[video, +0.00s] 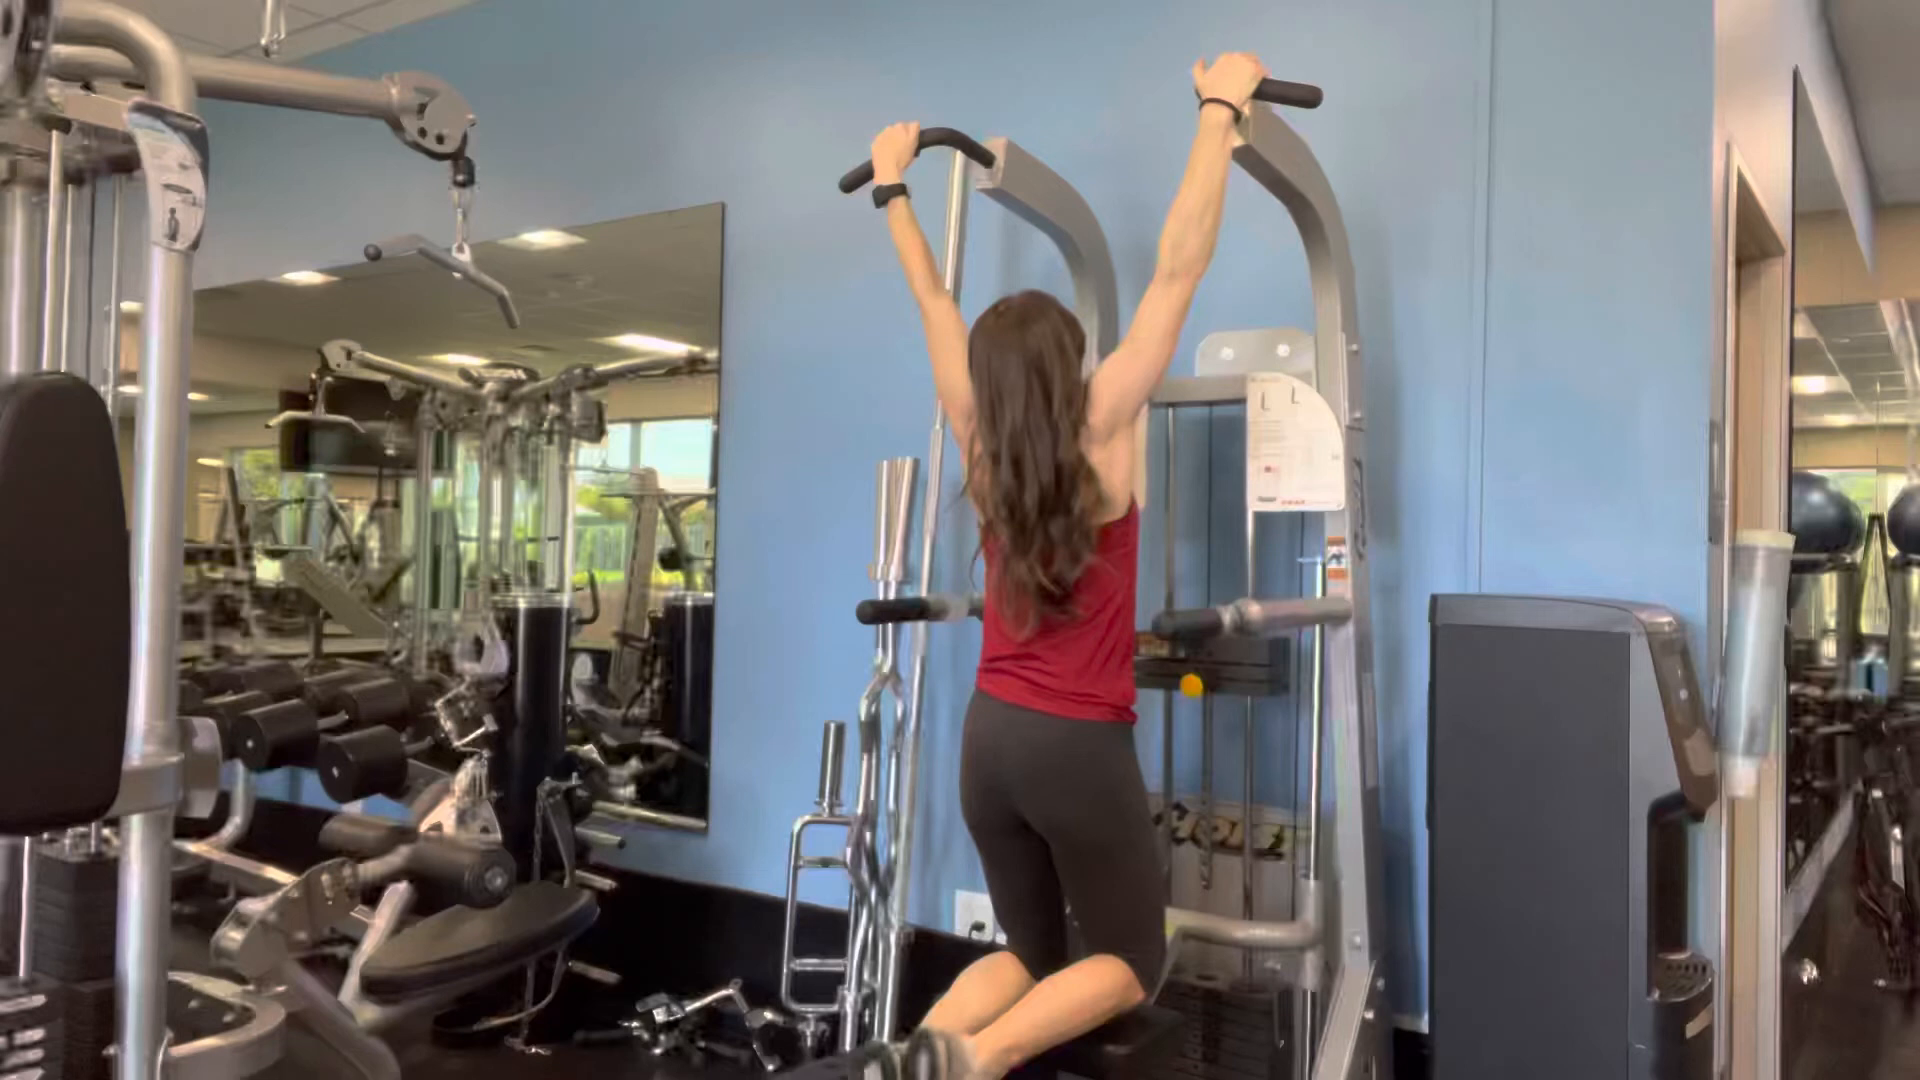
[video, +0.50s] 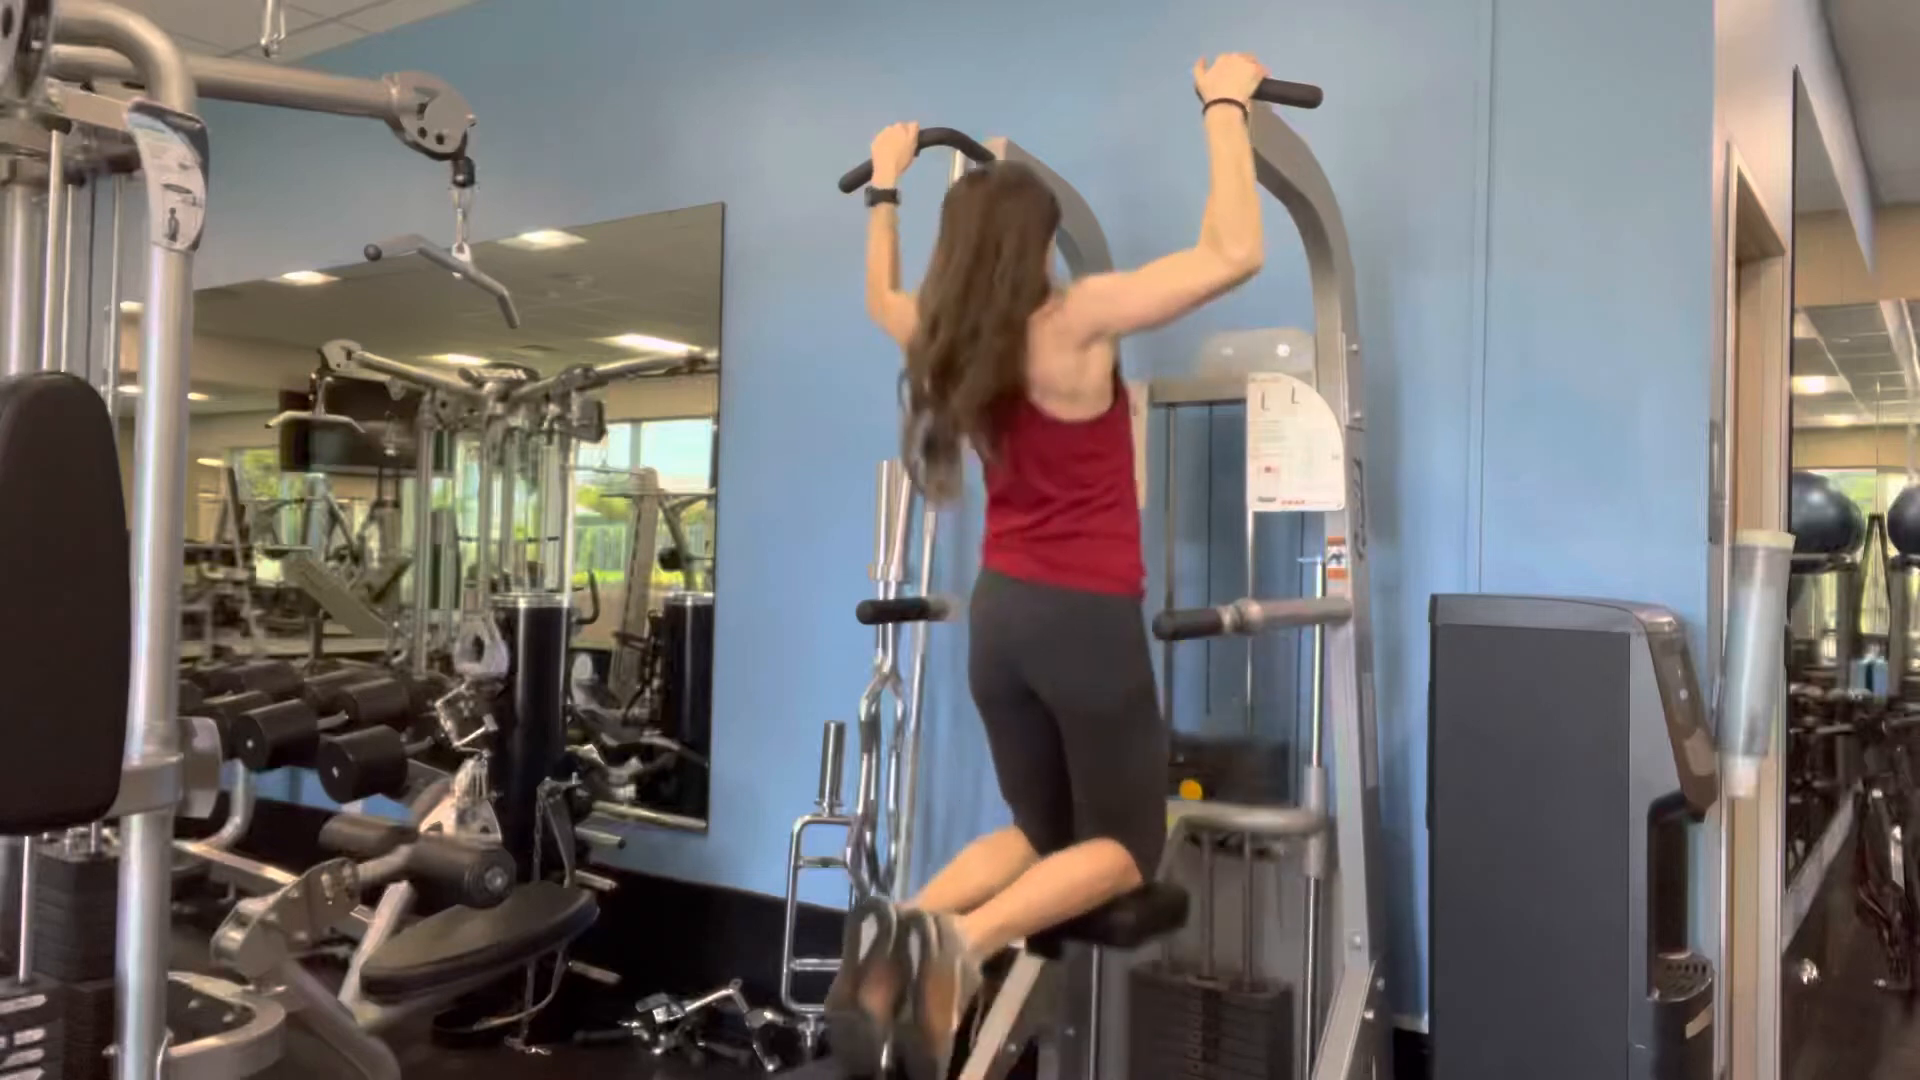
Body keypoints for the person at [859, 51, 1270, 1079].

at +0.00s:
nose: (1076, 335)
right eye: (1068, 331)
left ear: (988, 370)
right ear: (1066, 359)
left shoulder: (980, 438)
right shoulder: (1106, 417)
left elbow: (933, 301)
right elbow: (1178, 266)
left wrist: (891, 185)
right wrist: (1219, 112)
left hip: (990, 735)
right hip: (1079, 748)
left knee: (1029, 953)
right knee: (1129, 964)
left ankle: (917, 1052)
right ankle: (977, 1056)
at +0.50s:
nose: (1063, 243)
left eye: (1052, 231)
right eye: (1056, 230)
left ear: (964, 242)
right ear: (1043, 239)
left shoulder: (948, 333)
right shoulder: (1079, 314)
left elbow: (881, 292)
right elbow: (1234, 252)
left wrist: (885, 184)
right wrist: (1225, 107)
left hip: (1000, 612)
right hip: (1085, 618)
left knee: (1038, 830)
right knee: (1127, 847)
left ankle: (906, 933)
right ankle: (964, 947)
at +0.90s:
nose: (1091, 93)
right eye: (1086, 80)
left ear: (993, 98)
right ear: (1079, 89)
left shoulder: (977, 195)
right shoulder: (1112, 174)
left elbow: (883, 291)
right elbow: (1228, 247)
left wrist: (880, 184)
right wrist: (1230, 108)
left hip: (1020, 459)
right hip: (1110, 461)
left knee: (1048, 689)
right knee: (1134, 703)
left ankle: (918, 769)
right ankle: (973, 783)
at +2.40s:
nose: (1044, 236)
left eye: (1021, 227)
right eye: (1036, 225)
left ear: (953, 245)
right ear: (1029, 235)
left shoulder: (943, 330)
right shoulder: (1069, 309)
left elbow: (886, 286)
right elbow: (1226, 256)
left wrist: (884, 185)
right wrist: (1226, 110)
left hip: (991, 614)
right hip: (1080, 621)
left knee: (1037, 820)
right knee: (1127, 842)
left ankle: (907, 908)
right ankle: (962, 926)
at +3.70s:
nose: (1076, 103)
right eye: (1072, 90)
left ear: (978, 105)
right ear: (1062, 98)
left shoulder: (966, 199)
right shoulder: (1101, 178)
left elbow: (883, 294)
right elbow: (1229, 252)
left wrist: (880, 184)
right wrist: (1230, 111)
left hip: (1019, 464)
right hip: (1109, 466)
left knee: (1037, 690)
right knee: (1131, 705)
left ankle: (914, 779)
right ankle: (976, 785)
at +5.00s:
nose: (1054, 199)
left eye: (1040, 185)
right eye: (1046, 187)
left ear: (953, 216)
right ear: (1036, 204)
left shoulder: (952, 304)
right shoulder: (1077, 278)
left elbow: (880, 295)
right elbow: (1237, 256)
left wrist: (882, 187)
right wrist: (1228, 113)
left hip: (1004, 577)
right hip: (1093, 580)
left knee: (1031, 784)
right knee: (1127, 804)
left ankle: (913, 866)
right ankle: (970, 887)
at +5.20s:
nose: (1048, 307)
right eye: (1037, 295)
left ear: (956, 322)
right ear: (1034, 312)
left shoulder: (955, 395)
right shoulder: (1076, 382)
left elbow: (905, 293)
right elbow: (1200, 270)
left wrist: (885, 185)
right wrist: (1225, 114)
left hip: (997, 685)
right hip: (1087, 693)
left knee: (1023, 894)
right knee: (1119, 916)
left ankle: (900, 1002)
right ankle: (965, 1028)